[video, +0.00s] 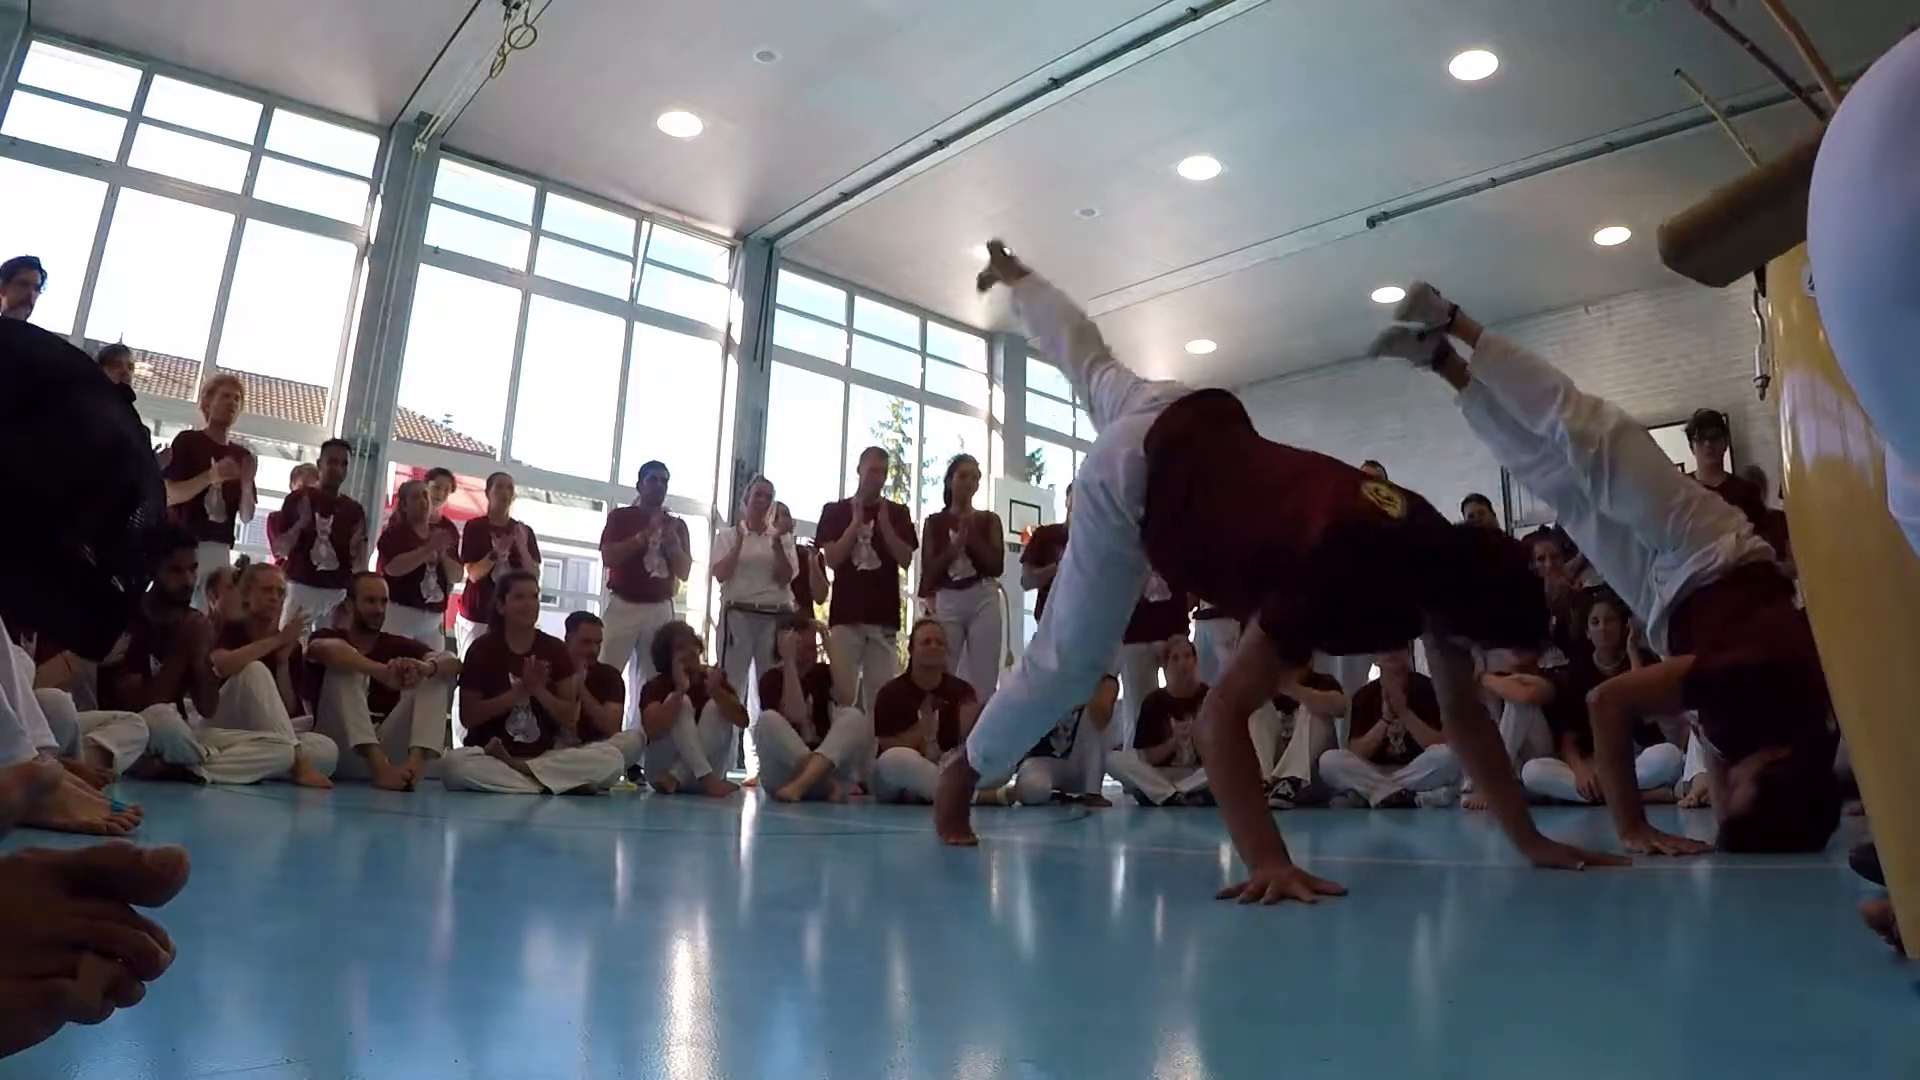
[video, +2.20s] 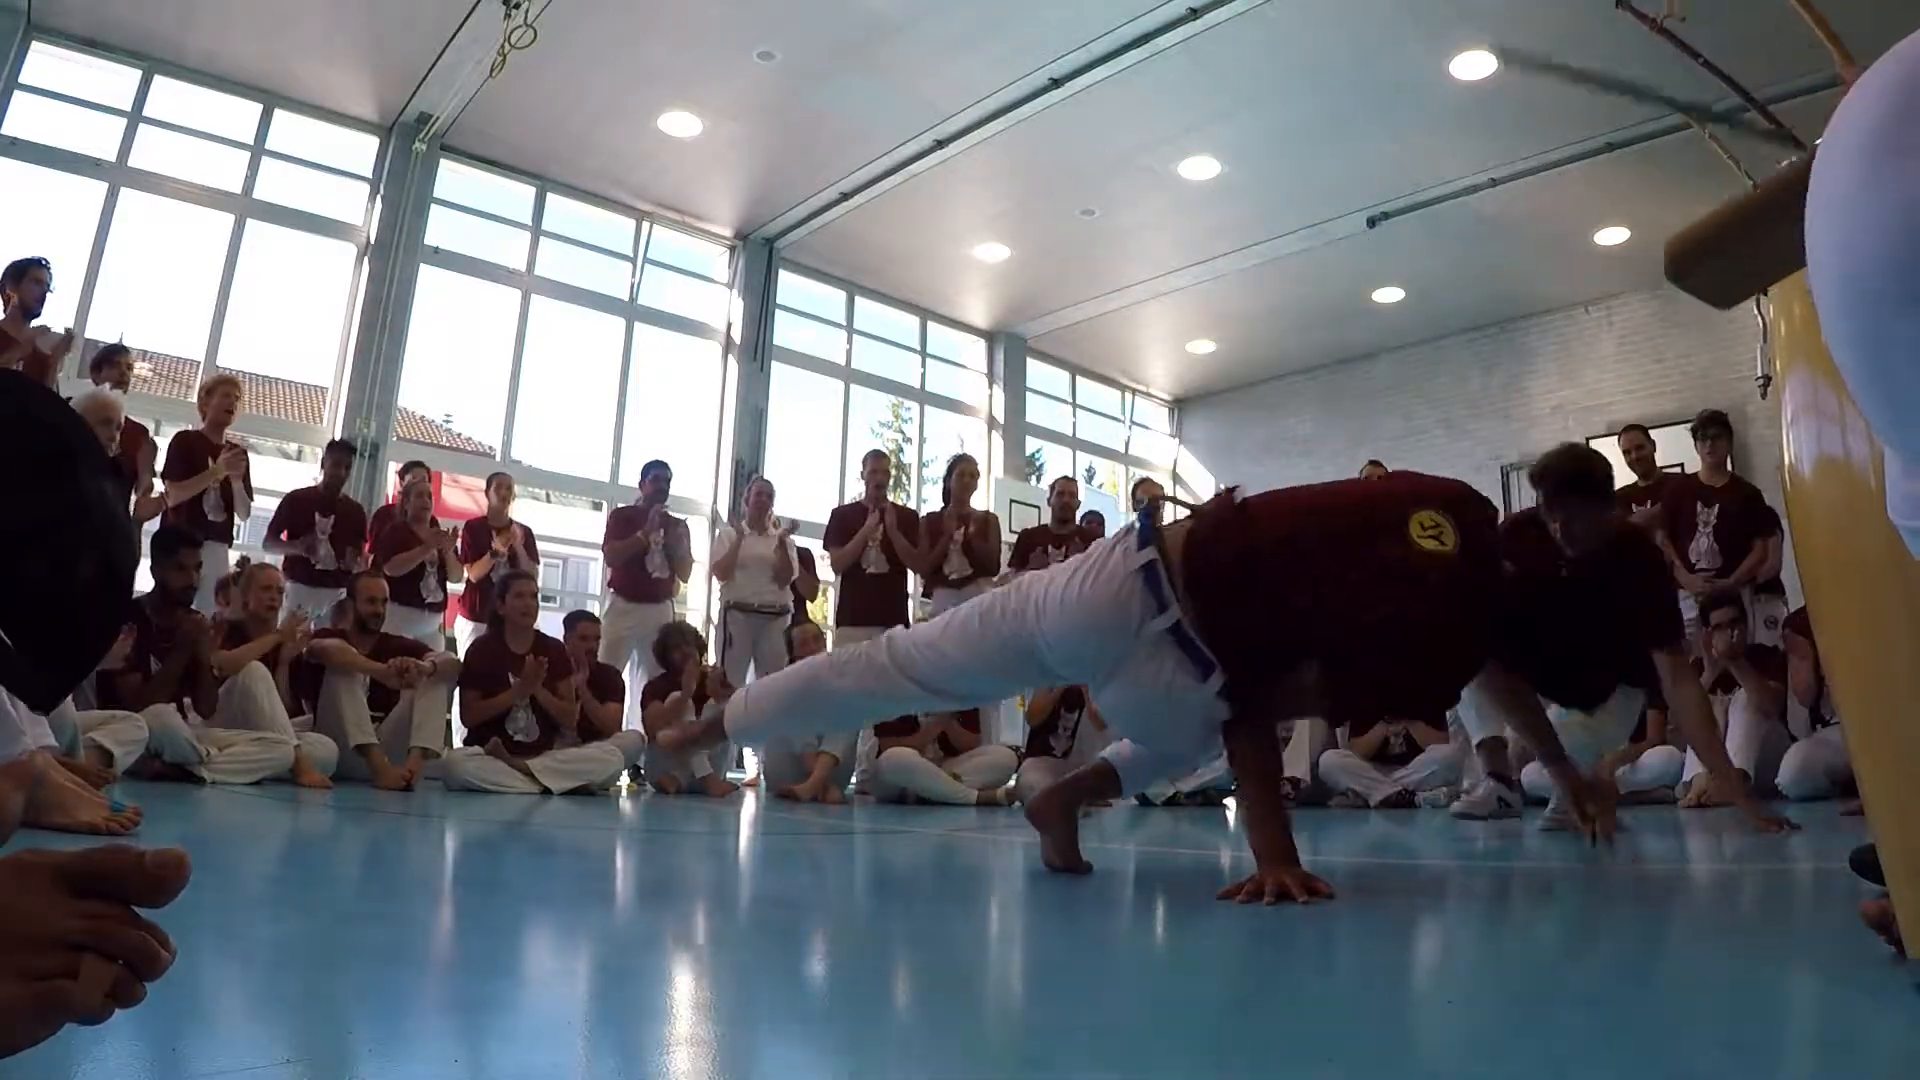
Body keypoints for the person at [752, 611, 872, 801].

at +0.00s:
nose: (812, 650)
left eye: (814, 646)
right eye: (806, 646)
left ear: (817, 646)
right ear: (784, 648)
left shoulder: (823, 672)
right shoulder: (771, 678)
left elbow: (846, 698)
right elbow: (797, 715)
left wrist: (829, 646)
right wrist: (789, 661)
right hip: (785, 778)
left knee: (854, 717)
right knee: (768, 719)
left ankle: (801, 784)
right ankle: (829, 785)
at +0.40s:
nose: (807, 663)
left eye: (812, 655)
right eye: (799, 658)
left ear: (816, 652)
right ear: (786, 656)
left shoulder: (823, 674)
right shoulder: (770, 679)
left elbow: (850, 673)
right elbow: (783, 695)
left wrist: (824, 634)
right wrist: (780, 643)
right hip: (786, 778)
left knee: (859, 720)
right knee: (783, 712)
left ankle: (806, 785)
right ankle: (831, 785)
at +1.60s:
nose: (811, 664)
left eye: (818, 656)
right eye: (804, 657)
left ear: (827, 654)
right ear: (794, 656)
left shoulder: (836, 679)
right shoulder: (780, 680)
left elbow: (859, 687)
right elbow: (775, 701)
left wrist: (839, 656)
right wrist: (791, 653)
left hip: (832, 779)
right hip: (785, 777)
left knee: (851, 711)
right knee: (797, 701)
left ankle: (812, 785)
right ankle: (824, 783)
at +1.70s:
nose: (806, 657)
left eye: (812, 649)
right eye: (799, 652)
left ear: (821, 648)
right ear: (790, 653)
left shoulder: (836, 679)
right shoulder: (781, 679)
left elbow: (860, 695)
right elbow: (773, 703)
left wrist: (838, 659)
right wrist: (807, 668)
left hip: (831, 778)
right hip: (785, 776)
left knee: (847, 711)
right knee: (796, 700)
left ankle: (812, 785)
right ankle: (824, 783)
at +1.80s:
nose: (810, 655)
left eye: (814, 647)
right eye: (801, 653)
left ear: (823, 645)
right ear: (791, 658)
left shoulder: (839, 679)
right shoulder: (785, 678)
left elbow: (860, 696)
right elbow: (775, 701)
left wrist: (844, 664)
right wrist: (817, 683)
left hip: (832, 778)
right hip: (785, 776)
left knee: (846, 709)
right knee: (795, 702)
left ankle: (812, 785)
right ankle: (825, 783)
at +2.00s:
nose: (810, 651)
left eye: (813, 642)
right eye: (800, 649)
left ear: (821, 644)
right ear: (790, 656)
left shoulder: (837, 678)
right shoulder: (784, 677)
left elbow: (861, 699)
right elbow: (777, 701)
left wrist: (840, 658)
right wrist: (833, 697)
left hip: (832, 779)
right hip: (786, 777)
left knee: (845, 709)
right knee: (795, 704)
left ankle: (812, 785)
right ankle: (824, 784)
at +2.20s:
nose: (812, 648)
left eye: (816, 640)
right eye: (803, 644)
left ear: (825, 644)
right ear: (792, 653)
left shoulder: (845, 684)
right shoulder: (781, 685)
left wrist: (814, 782)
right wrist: (824, 785)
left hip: (833, 779)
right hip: (785, 778)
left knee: (847, 720)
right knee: (794, 723)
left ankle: (812, 785)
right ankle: (825, 786)